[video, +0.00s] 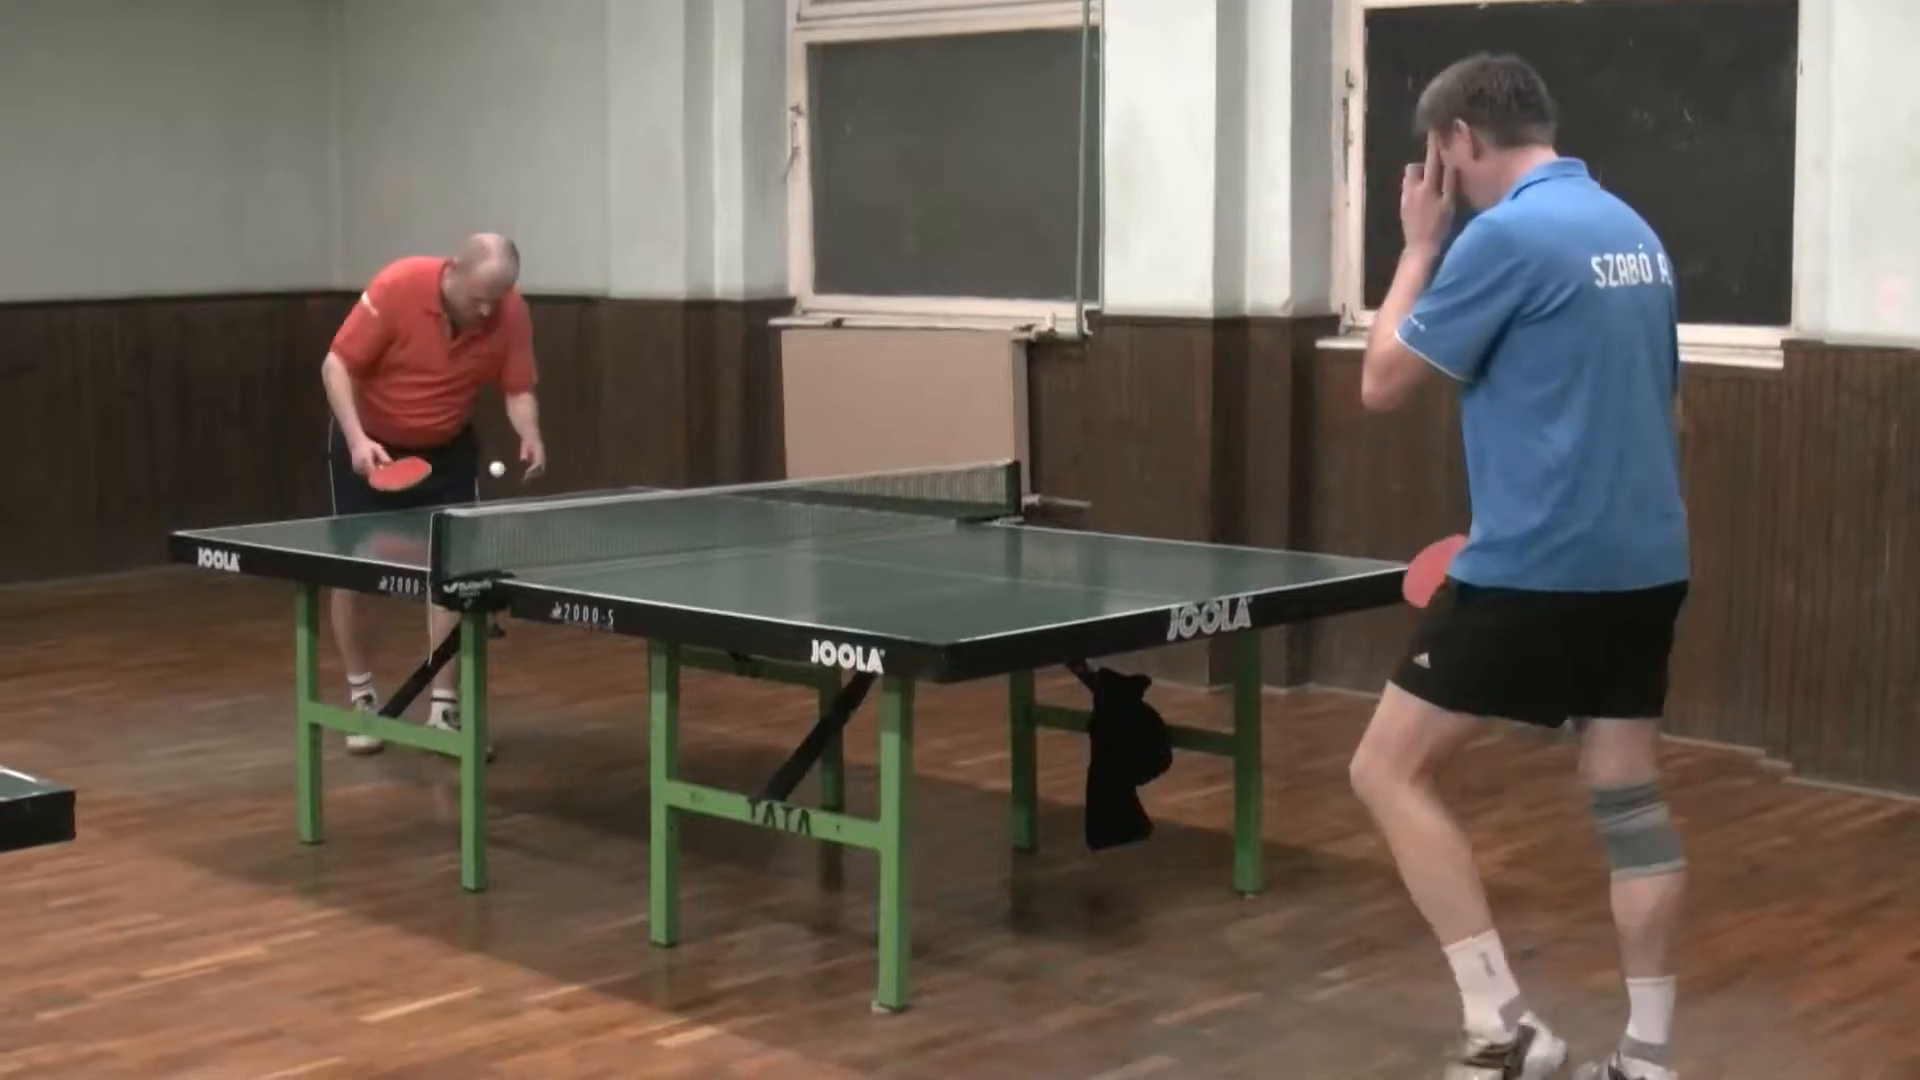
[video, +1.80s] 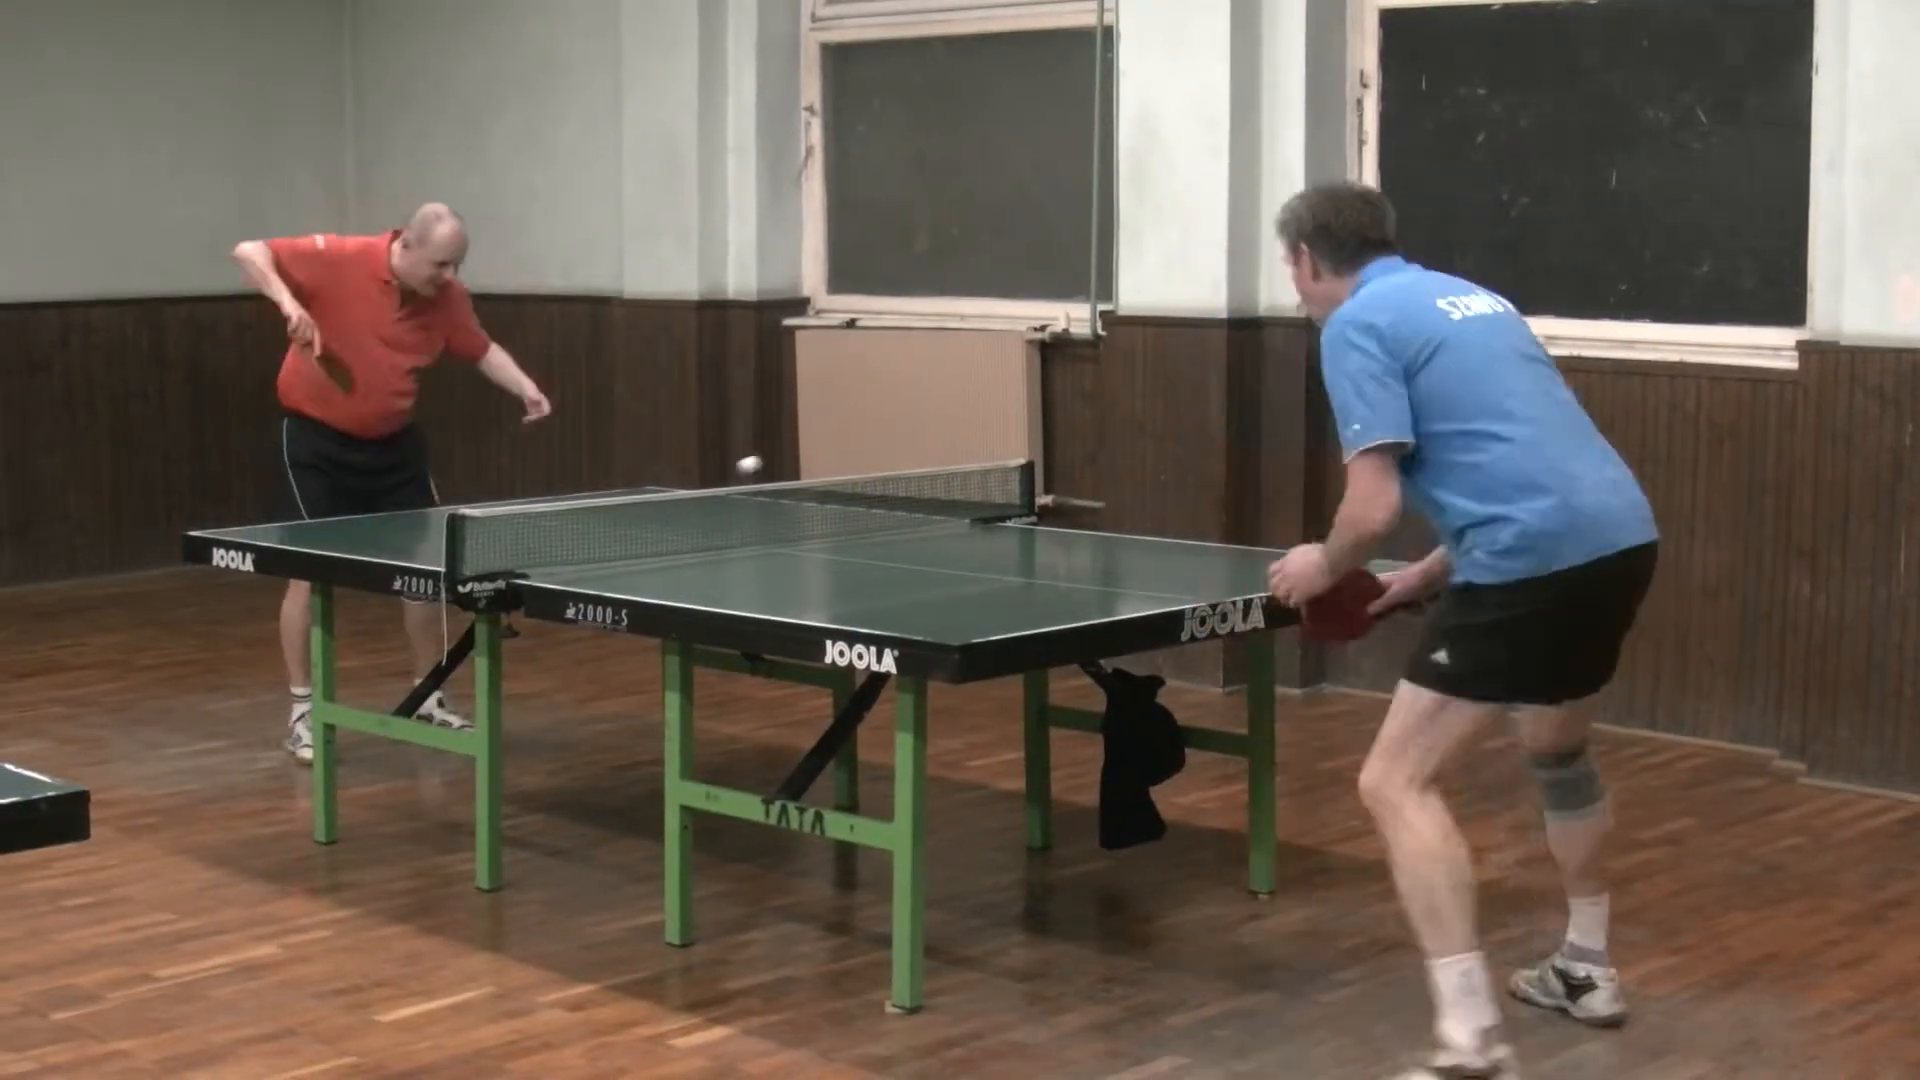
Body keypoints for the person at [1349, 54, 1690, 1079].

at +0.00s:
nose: (1441, 177)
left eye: (1438, 159)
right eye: (1436, 163)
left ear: (1463, 140)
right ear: (1545, 130)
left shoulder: (1507, 235)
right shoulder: (1632, 230)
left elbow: (1382, 382)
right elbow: (1655, 403)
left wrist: (1418, 247)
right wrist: (1505, 536)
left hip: (1533, 569)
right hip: (1646, 567)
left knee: (1387, 768)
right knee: (1629, 801)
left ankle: (1496, 1023)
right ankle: (1650, 1053)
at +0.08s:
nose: (1435, 180)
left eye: (1432, 161)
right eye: (1430, 166)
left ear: (1458, 142)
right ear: (1541, 133)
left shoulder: (1505, 235)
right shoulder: (1626, 229)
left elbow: (1380, 383)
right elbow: (1611, 410)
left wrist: (1411, 247)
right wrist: (1492, 538)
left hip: (1528, 568)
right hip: (1641, 566)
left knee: (1380, 766)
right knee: (1626, 799)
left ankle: (1428, 1035)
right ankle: (1650, 1053)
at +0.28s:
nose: (1400, 192)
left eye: (1397, 173)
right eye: (1397, 176)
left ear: (1419, 151)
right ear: (1497, 145)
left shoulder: (1454, 243)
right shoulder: (1586, 244)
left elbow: (1346, 414)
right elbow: (1623, 428)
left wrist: (1345, 317)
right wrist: (1472, 523)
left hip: (1488, 581)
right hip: (1610, 572)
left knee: (1389, 809)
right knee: (1610, 799)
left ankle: (1281, 1047)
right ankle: (1651, 1058)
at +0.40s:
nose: (1359, 193)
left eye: (1354, 173)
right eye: (1356, 175)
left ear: (1374, 158)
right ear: (1454, 153)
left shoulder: (1393, 253)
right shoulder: (1547, 250)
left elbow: (1320, 438)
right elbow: (1596, 433)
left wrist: (1285, 431)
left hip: (1438, 578)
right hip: (1565, 576)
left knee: (1336, 801)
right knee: (1575, 792)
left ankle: (1259, 1052)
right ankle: (1645, 1052)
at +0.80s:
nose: (1205, 230)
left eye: (1203, 214)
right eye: (1205, 215)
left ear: (1224, 202)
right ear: (1300, 187)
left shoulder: (1229, 279)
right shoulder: (1406, 259)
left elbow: (1205, 443)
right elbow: (1489, 443)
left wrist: (1229, 559)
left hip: (1337, 565)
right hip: (1470, 551)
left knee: (1245, 791)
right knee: (1489, 769)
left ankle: (1260, 1050)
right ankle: (1561, 1013)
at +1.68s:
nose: (1268, 284)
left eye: (1262, 266)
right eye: (1264, 268)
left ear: (1279, 253)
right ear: (1357, 239)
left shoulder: (1315, 318)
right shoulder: (1442, 294)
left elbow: (1317, 506)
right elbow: (1479, 454)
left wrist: (1290, 561)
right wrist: (1401, 570)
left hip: (1459, 564)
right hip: (1565, 551)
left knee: (1338, 785)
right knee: (1536, 765)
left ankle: (1275, 1043)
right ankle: (1583, 968)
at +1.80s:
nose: (1292, 285)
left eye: (1291, 267)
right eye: (1291, 268)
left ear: (1313, 262)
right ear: (1376, 247)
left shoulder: (1356, 325)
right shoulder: (1465, 295)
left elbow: (1372, 508)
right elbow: (1525, 466)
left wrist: (1320, 558)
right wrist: (1432, 566)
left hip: (1525, 556)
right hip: (1620, 538)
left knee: (1395, 781)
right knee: (1558, 742)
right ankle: (1587, 967)